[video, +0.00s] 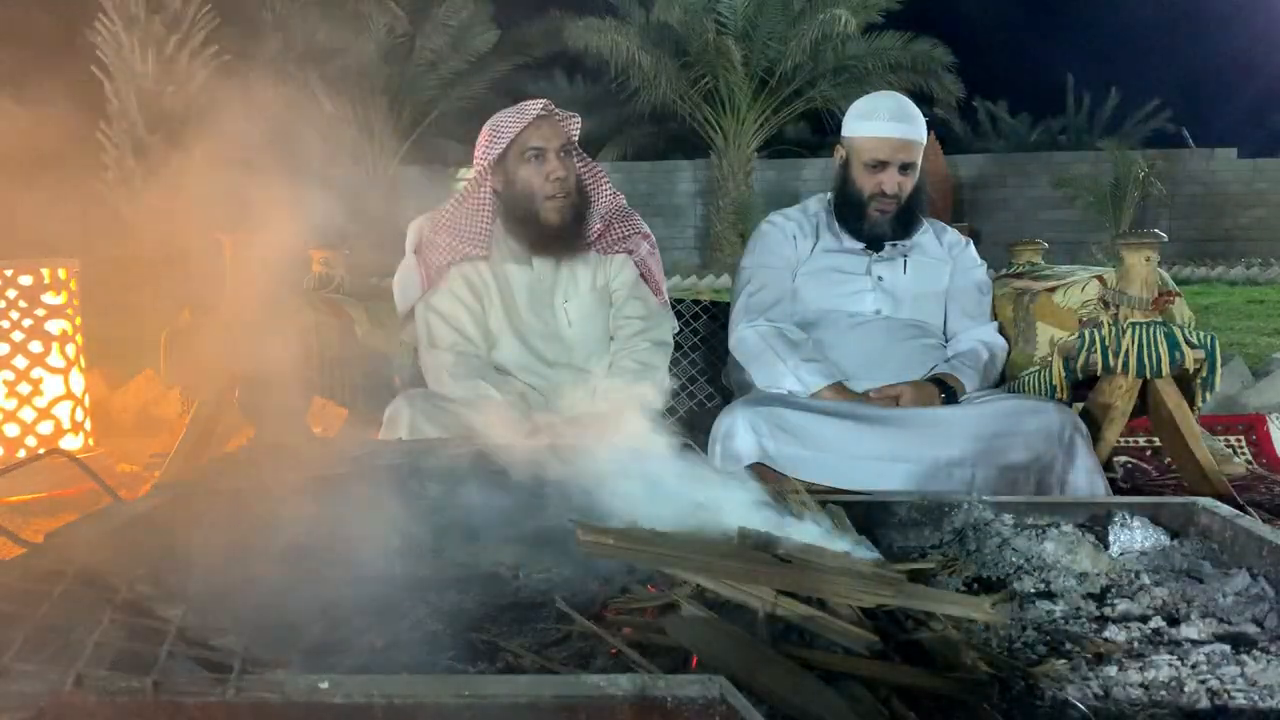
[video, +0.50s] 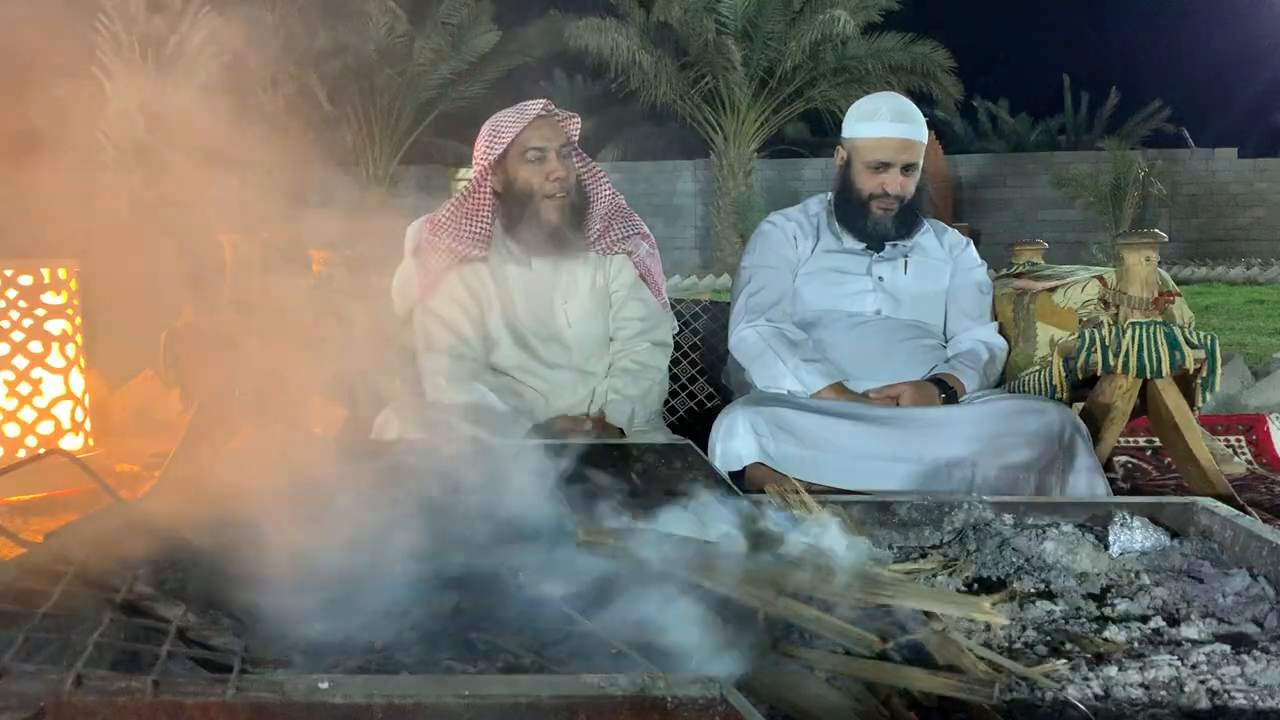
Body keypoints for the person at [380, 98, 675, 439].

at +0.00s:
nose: (559, 173)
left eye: (566, 155)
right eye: (536, 158)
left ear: (578, 166)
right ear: (496, 177)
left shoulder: (615, 269)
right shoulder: (461, 277)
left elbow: (643, 369)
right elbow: (454, 374)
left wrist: (589, 429)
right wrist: (513, 435)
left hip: (591, 431)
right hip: (497, 432)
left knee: (646, 440)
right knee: (411, 412)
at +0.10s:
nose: (560, 172)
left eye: (567, 155)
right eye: (537, 157)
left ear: (578, 165)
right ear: (497, 177)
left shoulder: (616, 271)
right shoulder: (457, 276)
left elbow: (641, 373)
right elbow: (457, 385)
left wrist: (588, 433)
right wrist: (526, 436)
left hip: (601, 446)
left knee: (657, 440)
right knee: (410, 411)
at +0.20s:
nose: (560, 171)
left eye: (566, 154)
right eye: (537, 157)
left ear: (577, 166)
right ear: (497, 177)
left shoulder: (613, 268)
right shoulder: (457, 276)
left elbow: (643, 366)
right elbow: (458, 387)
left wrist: (598, 430)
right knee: (408, 413)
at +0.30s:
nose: (559, 171)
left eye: (565, 155)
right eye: (536, 157)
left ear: (577, 165)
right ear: (496, 177)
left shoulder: (611, 258)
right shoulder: (441, 257)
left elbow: (643, 344)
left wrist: (613, 421)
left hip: (594, 442)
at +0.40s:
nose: (560, 171)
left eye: (565, 155)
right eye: (536, 157)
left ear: (577, 167)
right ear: (496, 178)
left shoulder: (611, 261)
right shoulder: (458, 277)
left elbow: (644, 344)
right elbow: (453, 387)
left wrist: (614, 419)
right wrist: (530, 444)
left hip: (617, 442)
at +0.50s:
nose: (560, 173)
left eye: (566, 155)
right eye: (537, 158)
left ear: (577, 163)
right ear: (497, 176)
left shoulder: (610, 254)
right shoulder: (459, 265)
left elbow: (644, 346)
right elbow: (450, 384)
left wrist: (611, 421)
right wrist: (535, 434)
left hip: (618, 436)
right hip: (509, 444)